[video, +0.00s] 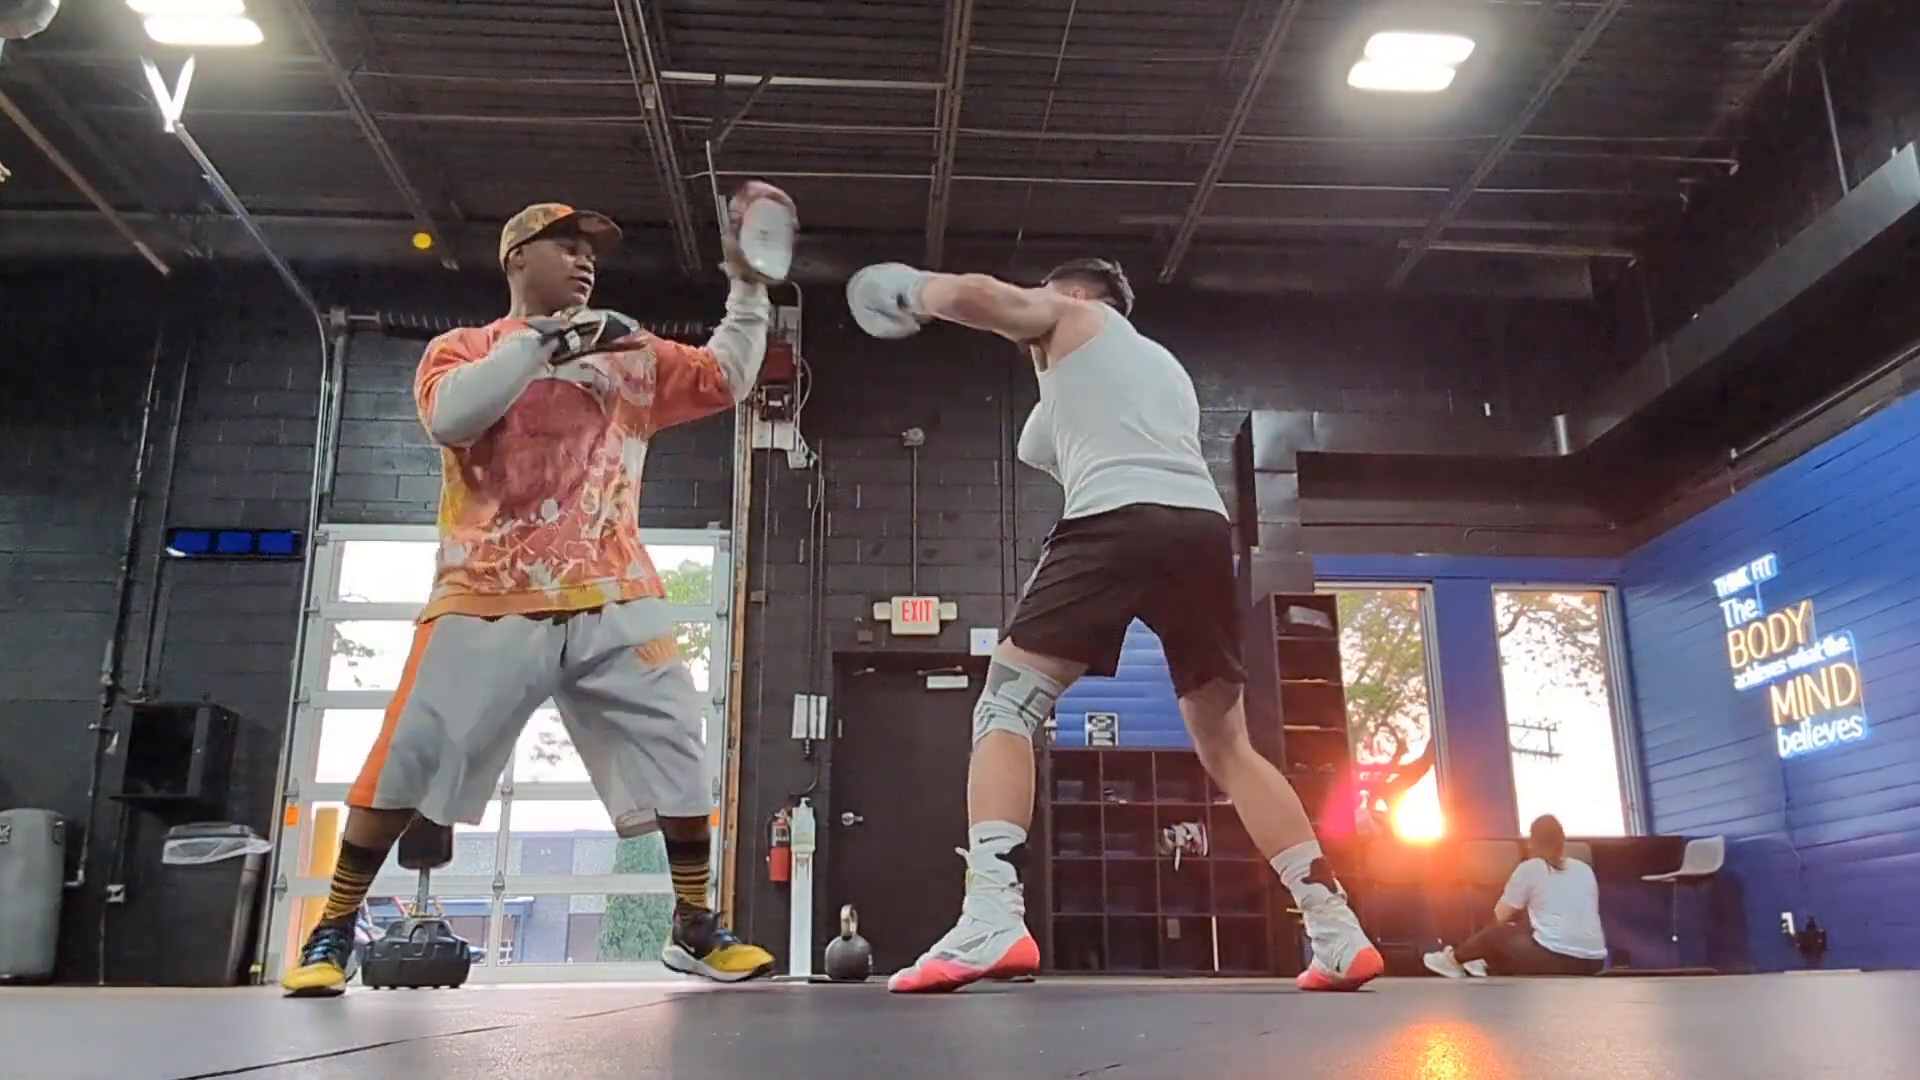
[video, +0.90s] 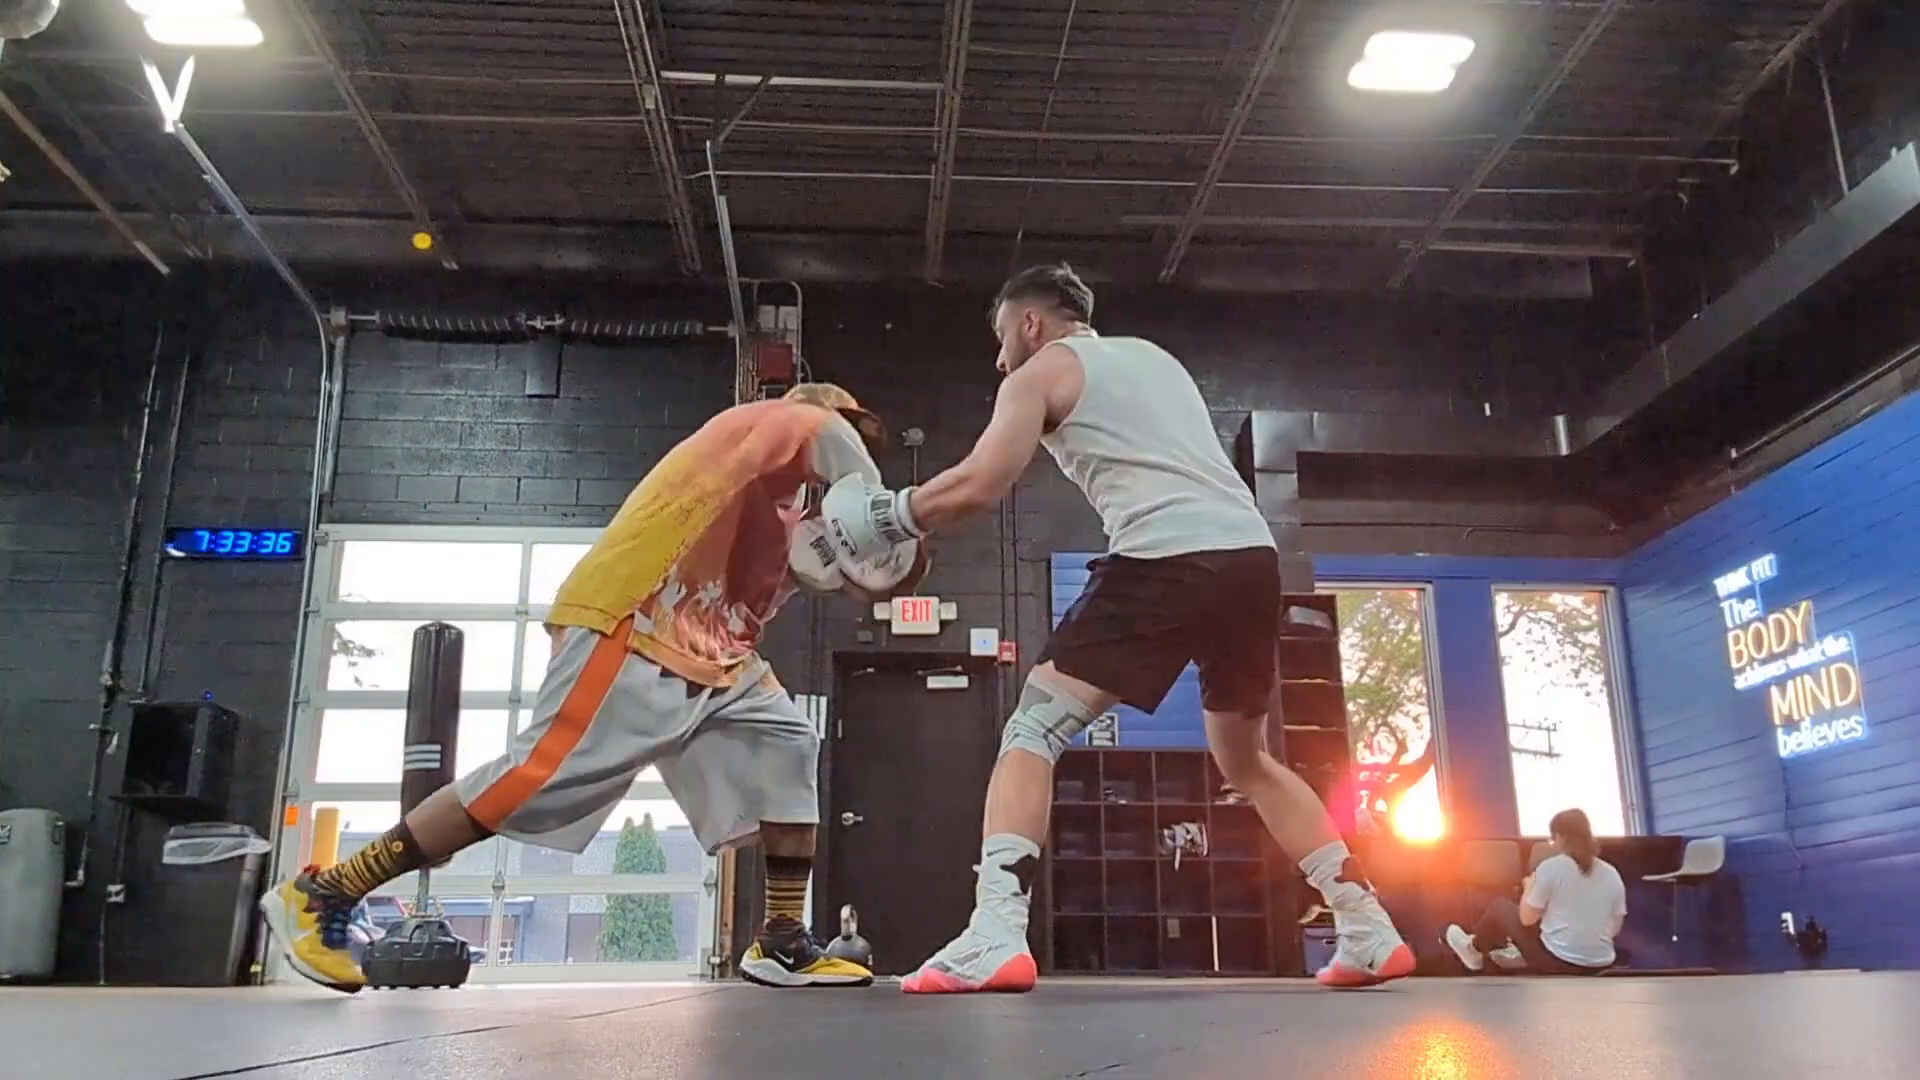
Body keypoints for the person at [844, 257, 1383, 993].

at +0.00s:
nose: (1039, 306)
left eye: (1048, 297)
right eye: (1041, 298)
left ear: (1080, 293)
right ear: (1118, 303)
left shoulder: (1067, 313)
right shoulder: (1167, 368)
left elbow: (966, 292)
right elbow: (1160, 450)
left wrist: (906, 287)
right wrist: (1069, 437)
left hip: (1112, 522)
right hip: (1205, 531)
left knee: (1008, 711)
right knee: (1229, 747)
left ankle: (990, 917)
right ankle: (1335, 930)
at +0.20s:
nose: (1007, 280)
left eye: (1014, 263)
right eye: (1007, 267)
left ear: (1052, 250)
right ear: (1075, 256)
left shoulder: (1066, 282)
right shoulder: (1123, 339)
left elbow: (991, 321)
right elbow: (1113, 442)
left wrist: (922, 298)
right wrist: (1032, 405)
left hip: (1105, 529)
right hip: (1167, 542)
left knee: (984, 698)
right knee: (1171, 746)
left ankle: (987, 917)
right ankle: (1319, 901)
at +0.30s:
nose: (982, 253)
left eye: (990, 235)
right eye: (982, 240)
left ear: (1033, 226)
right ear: (1036, 232)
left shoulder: (1089, 277)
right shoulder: (1030, 325)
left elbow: (1050, 360)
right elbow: (965, 399)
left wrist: (971, 315)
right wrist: (914, 340)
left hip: (1107, 529)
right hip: (1107, 535)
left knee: (997, 693)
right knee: (1148, 751)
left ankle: (992, 924)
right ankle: (1312, 880)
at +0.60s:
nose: (997, 258)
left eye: (1005, 238)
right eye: (996, 244)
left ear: (1051, 228)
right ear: (1045, 237)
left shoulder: (1122, 289)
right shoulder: (1051, 334)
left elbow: (1145, 397)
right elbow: (1009, 450)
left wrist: (1036, 371)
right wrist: (968, 375)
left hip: (1131, 538)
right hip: (1133, 545)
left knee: (1017, 703)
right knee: (1175, 749)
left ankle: (999, 934)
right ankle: (1332, 908)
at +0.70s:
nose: (1002, 292)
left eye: (1006, 274)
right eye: (999, 279)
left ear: (1045, 261)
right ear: (1056, 267)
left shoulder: (1115, 320)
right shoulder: (1082, 353)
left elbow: (1165, 427)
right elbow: (1085, 446)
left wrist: (1049, 427)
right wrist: (1012, 368)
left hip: (1156, 552)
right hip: (1201, 563)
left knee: (1007, 703)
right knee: (1216, 776)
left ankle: (1000, 931)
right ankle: (1350, 937)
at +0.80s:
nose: (993, 333)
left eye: (998, 312)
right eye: (991, 316)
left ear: (1035, 299)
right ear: (1074, 301)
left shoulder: (1053, 349)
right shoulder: (1148, 347)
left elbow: (1079, 425)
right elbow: (1180, 462)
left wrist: (991, 484)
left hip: (1153, 555)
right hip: (1239, 560)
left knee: (1019, 722)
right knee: (1240, 768)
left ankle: (987, 919)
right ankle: (1355, 938)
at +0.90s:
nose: (1000, 352)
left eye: (1001, 333)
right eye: (998, 335)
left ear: (1034, 322)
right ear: (1079, 318)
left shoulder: (1043, 370)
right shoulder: (1156, 361)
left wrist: (885, 516)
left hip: (1161, 561)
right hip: (1254, 560)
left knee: (1032, 735)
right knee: (1247, 761)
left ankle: (993, 935)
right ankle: (1366, 928)